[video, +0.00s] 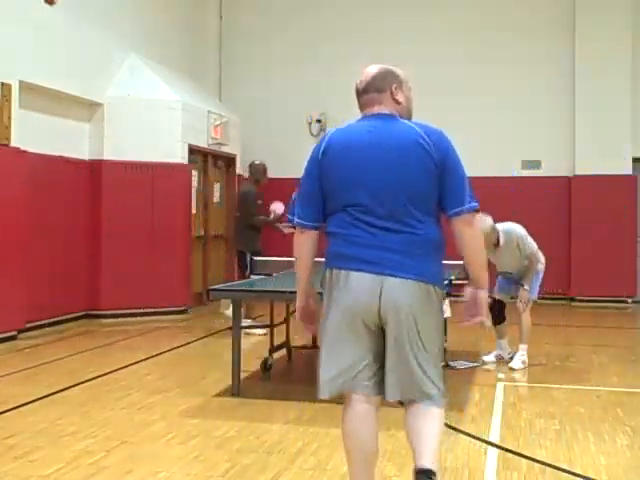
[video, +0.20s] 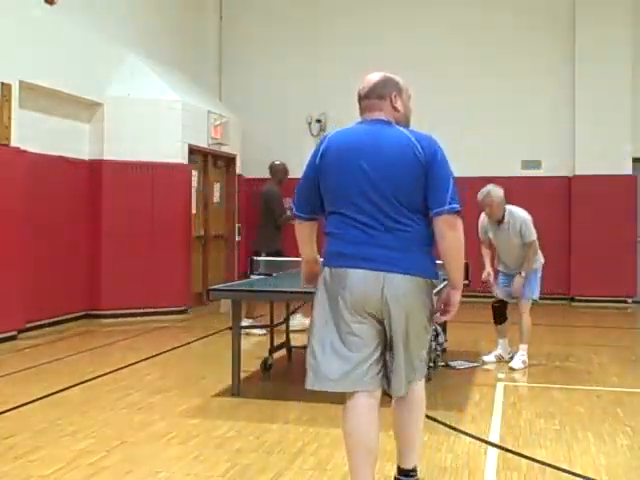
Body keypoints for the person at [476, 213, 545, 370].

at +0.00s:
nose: (485, 243)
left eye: (487, 237)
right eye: (482, 239)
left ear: (494, 232)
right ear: (480, 236)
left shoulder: (515, 232)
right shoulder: (482, 243)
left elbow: (535, 259)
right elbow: (484, 269)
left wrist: (525, 287)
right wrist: (485, 294)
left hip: (529, 268)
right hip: (506, 272)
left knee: (522, 306)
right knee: (496, 306)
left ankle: (522, 352)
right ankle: (503, 349)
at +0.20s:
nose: (485, 210)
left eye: (488, 206)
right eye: (483, 206)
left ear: (499, 203)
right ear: (484, 206)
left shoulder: (521, 218)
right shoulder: (484, 220)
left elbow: (532, 247)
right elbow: (485, 244)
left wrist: (522, 275)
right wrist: (488, 266)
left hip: (528, 266)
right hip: (505, 266)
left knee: (523, 306)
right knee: (498, 305)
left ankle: (522, 352)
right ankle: (503, 348)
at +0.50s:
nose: (497, 184)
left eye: (501, 180)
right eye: (495, 180)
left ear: (512, 180)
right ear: (492, 183)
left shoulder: (526, 205)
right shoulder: (490, 203)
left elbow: (535, 235)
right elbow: (484, 225)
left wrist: (513, 253)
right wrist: (486, 238)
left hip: (522, 264)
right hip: (500, 263)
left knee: (521, 306)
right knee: (498, 306)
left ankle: (523, 351)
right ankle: (501, 348)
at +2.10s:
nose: (512, 179)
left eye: (516, 175)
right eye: (508, 174)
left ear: (523, 178)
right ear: (503, 177)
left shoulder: (531, 201)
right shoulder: (493, 199)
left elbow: (541, 230)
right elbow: (482, 227)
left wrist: (519, 226)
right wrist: (483, 219)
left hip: (520, 260)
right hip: (497, 259)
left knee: (523, 305)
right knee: (497, 304)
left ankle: (527, 349)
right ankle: (501, 347)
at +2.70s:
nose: (506, 176)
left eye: (510, 172)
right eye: (503, 172)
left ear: (521, 175)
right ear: (500, 176)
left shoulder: (529, 198)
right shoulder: (495, 200)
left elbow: (529, 216)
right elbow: (489, 225)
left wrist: (511, 195)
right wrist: (476, 227)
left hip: (519, 259)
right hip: (497, 258)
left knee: (523, 304)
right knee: (497, 304)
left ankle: (526, 349)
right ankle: (501, 346)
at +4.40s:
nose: (501, 187)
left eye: (505, 183)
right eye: (499, 183)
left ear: (517, 180)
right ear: (497, 183)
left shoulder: (531, 201)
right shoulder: (495, 198)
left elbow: (537, 229)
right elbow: (483, 223)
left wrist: (513, 227)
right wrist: (483, 219)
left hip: (520, 261)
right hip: (497, 260)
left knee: (523, 305)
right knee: (497, 304)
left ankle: (527, 350)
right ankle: (501, 347)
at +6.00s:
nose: (480, 200)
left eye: (483, 195)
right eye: (478, 196)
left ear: (494, 190)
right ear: (477, 193)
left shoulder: (511, 205)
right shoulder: (476, 206)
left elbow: (520, 236)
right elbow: (471, 231)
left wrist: (504, 257)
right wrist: (475, 249)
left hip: (508, 263)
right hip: (487, 263)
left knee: (506, 305)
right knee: (490, 306)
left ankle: (508, 350)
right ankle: (499, 346)